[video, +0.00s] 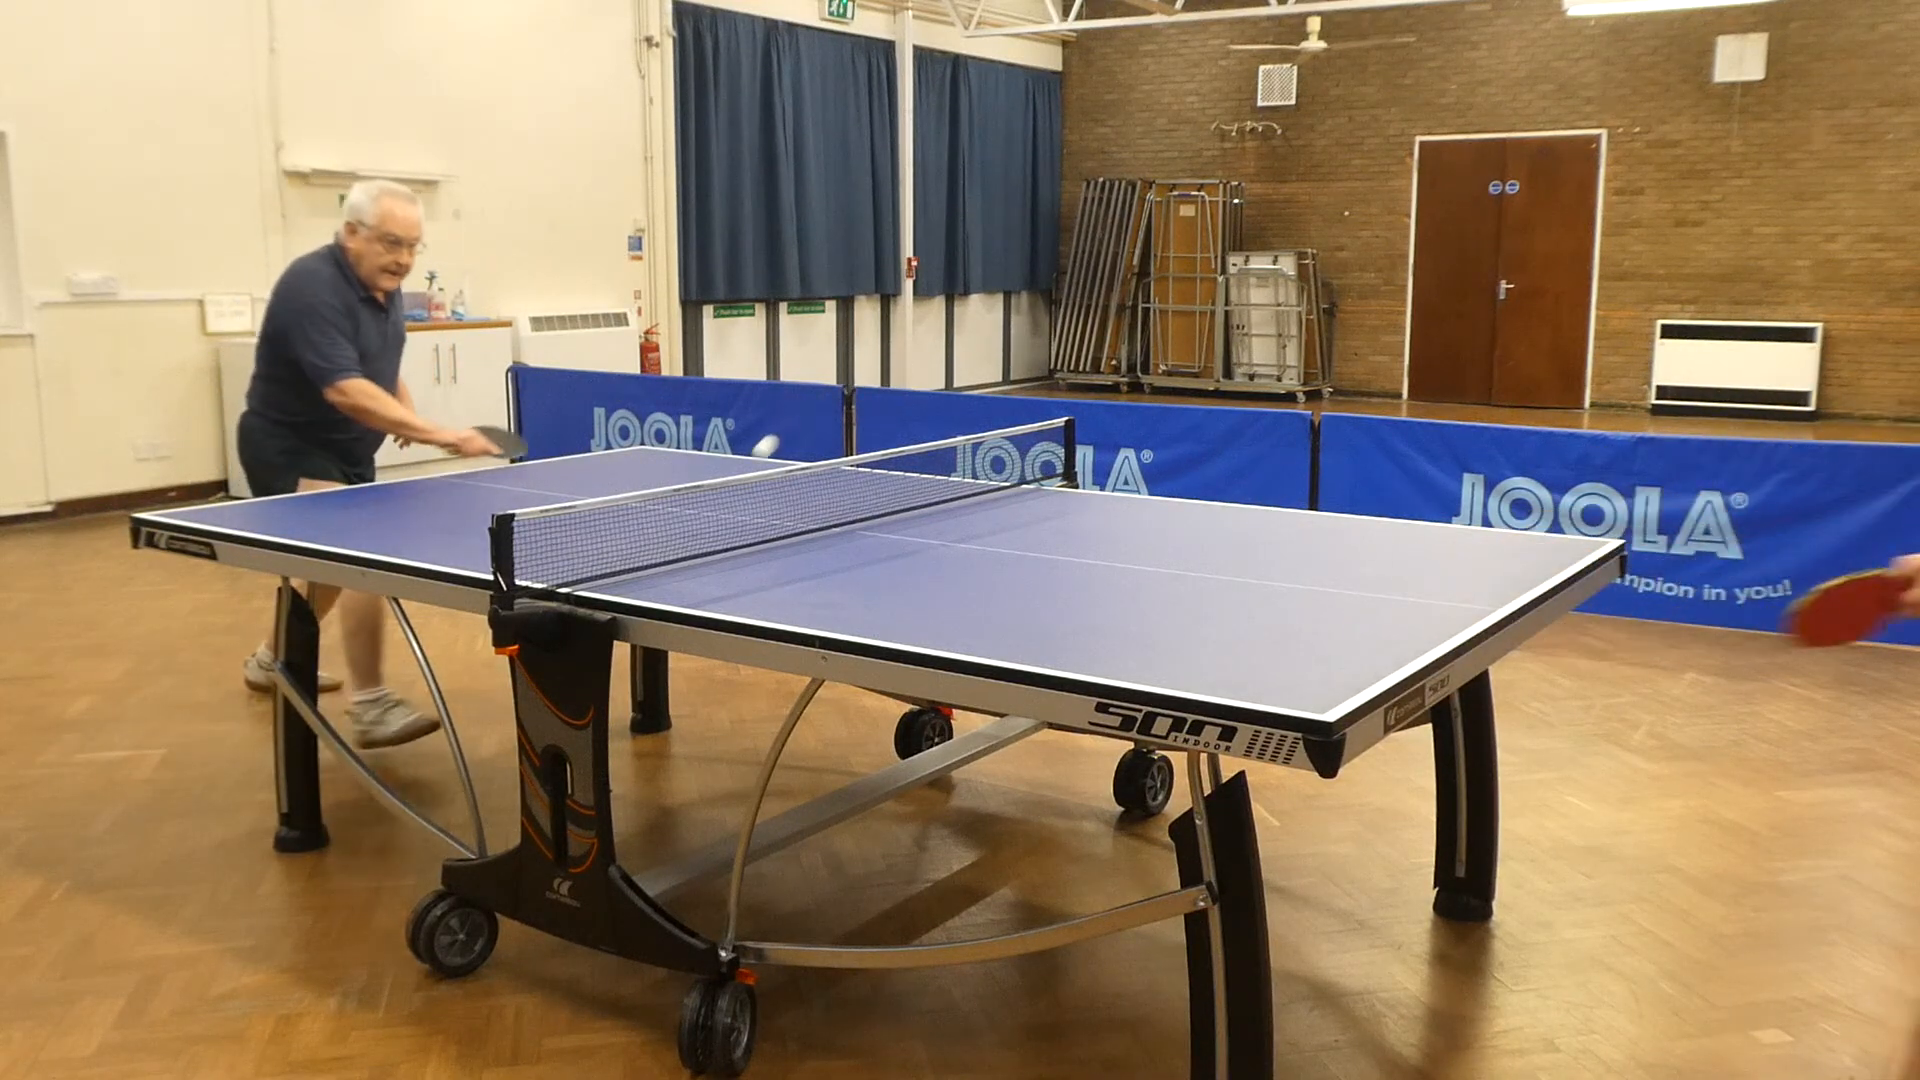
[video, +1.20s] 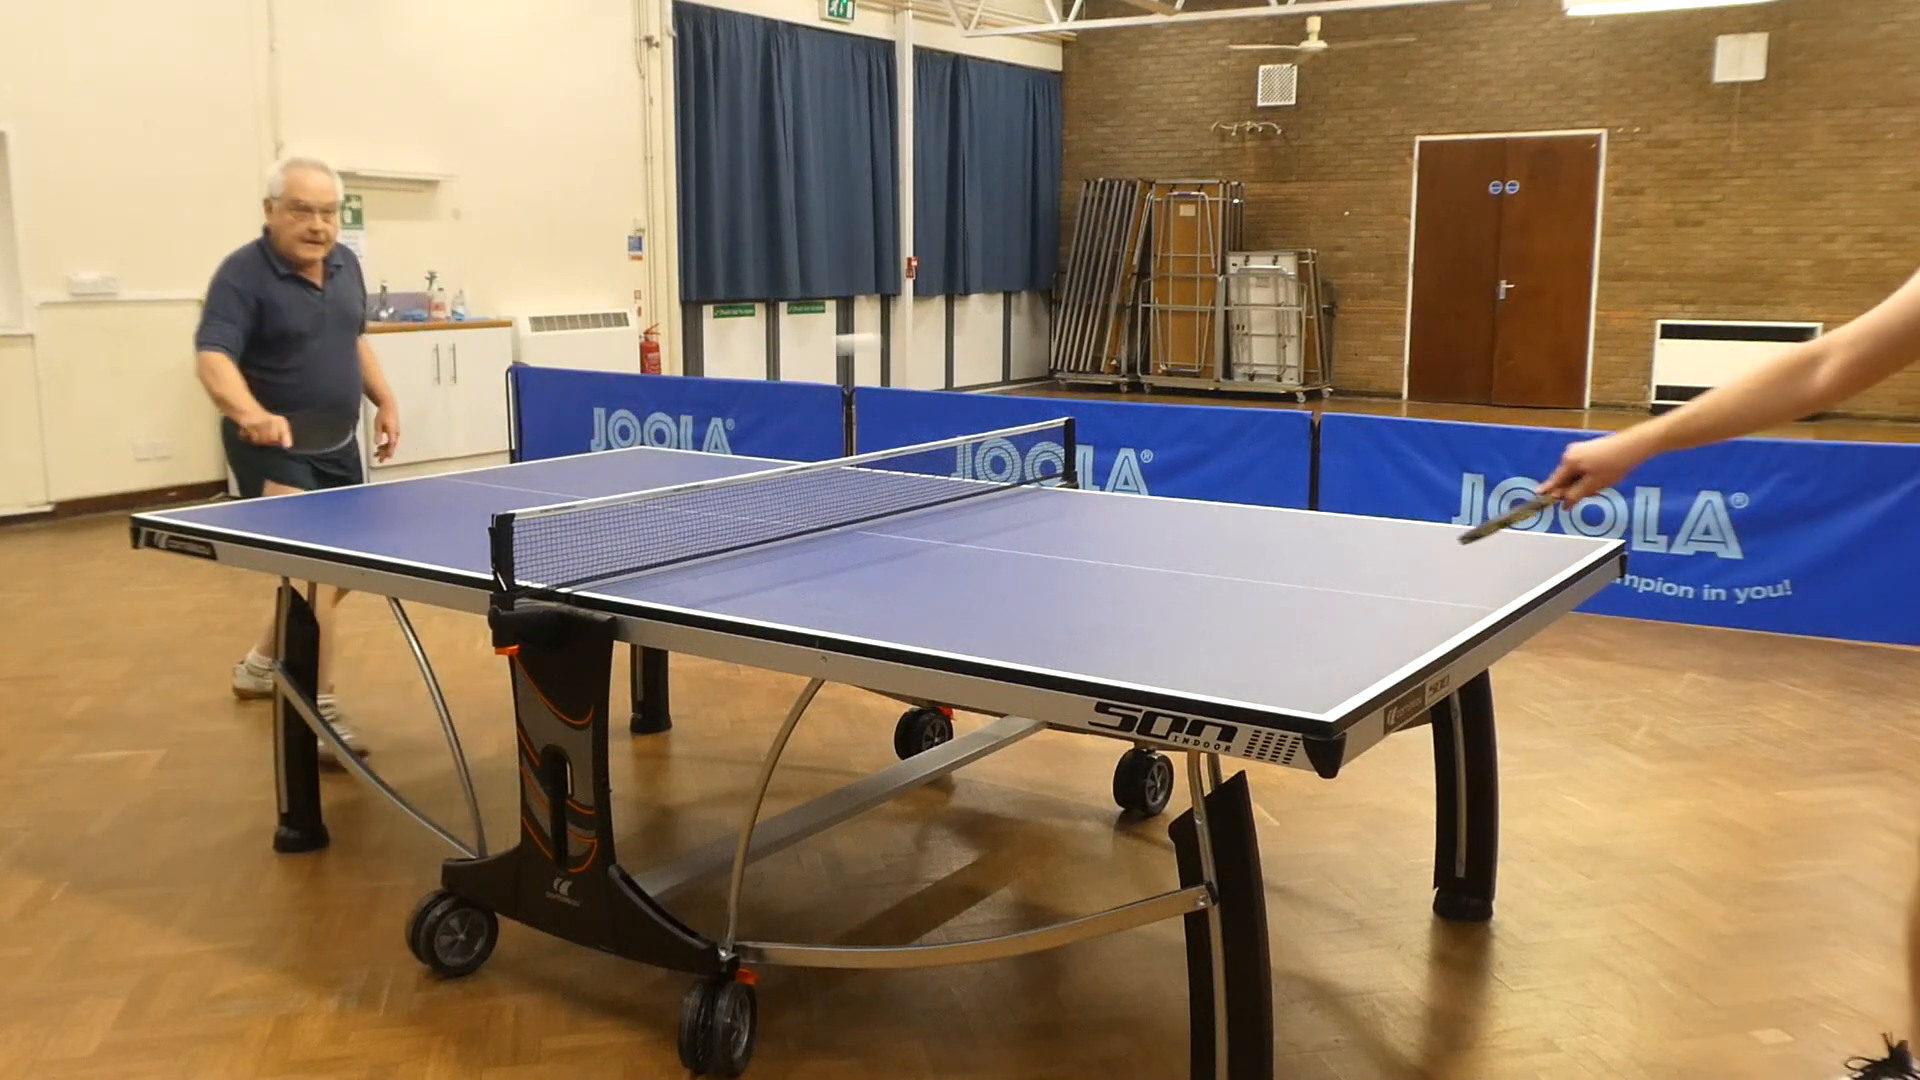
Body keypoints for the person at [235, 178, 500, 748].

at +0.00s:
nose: (403, 260)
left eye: (412, 247)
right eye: (390, 243)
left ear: (418, 247)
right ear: (350, 235)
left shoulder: (386, 293)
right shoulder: (311, 285)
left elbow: (387, 376)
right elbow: (343, 391)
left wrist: (409, 426)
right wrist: (444, 437)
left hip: (350, 453)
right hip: (290, 452)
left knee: (331, 562)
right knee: (364, 559)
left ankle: (274, 656)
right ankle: (369, 703)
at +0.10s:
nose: (436, 268)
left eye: (443, 255)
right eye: (426, 252)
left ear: (443, 252)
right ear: (383, 242)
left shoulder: (398, 289)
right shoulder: (343, 288)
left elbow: (386, 355)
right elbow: (390, 393)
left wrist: (404, 400)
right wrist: (495, 421)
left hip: (351, 450)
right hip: (296, 447)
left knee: (324, 558)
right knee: (381, 569)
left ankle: (271, 656)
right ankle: (422, 712)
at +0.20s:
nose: (471, 278)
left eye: (477, 265)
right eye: (463, 262)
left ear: (423, 254)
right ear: (418, 251)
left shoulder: (403, 286)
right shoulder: (385, 300)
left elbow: (380, 363)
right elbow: (458, 396)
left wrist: (424, 397)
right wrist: (556, 399)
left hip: (340, 452)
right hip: (315, 457)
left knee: (324, 557)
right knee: (410, 574)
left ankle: (271, 653)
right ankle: (437, 720)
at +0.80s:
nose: (422, 244)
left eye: (431, 232)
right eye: (407, 229)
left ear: (438, 235)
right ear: (368, 228)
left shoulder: (407, 287)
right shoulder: (342, 289)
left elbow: (397, 364)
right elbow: (386, 384)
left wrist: (433, 410)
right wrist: (487, 412)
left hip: (379, 458)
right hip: (325, 460)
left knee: (361, 561)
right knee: (414, 575)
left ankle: (273, 650)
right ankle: (439, 722)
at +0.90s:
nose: (379, 234)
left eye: (390, 222)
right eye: (364, 221)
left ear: (400, 227)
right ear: (329, 221)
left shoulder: (387, 279)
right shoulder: (302, 286)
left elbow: (389, 355)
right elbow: (327, 376)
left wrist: (431, 404)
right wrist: (414, 410)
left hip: (371, 454)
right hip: (309, 457)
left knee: (344, 568)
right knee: (379, 575)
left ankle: (265, 659)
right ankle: (428, 716)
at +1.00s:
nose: (348, 228)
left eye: (359, 216)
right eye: (332, 215)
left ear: (369, 222)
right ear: (300, 217)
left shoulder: (367, 274)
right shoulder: (274, 282)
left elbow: (371, 346)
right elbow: (276, 371)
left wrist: (411, 402)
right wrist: (343, 411)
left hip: (360, 446)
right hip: (293, 453)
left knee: (346, 567)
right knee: (356, 567)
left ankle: (263, 659)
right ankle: (395, 708)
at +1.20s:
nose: (316, 224)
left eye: (329, 212)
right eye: (301, 211)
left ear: (340, 215)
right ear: (269, 212)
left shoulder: (345, 264)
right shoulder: (242, 274)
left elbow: (351, 339)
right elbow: (212, 356)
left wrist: (385, 400)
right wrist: (247, 412)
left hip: (338, 442)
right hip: (272, 446)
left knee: (337, 563)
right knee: (319, 567)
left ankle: (263, 661)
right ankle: (315, 707)